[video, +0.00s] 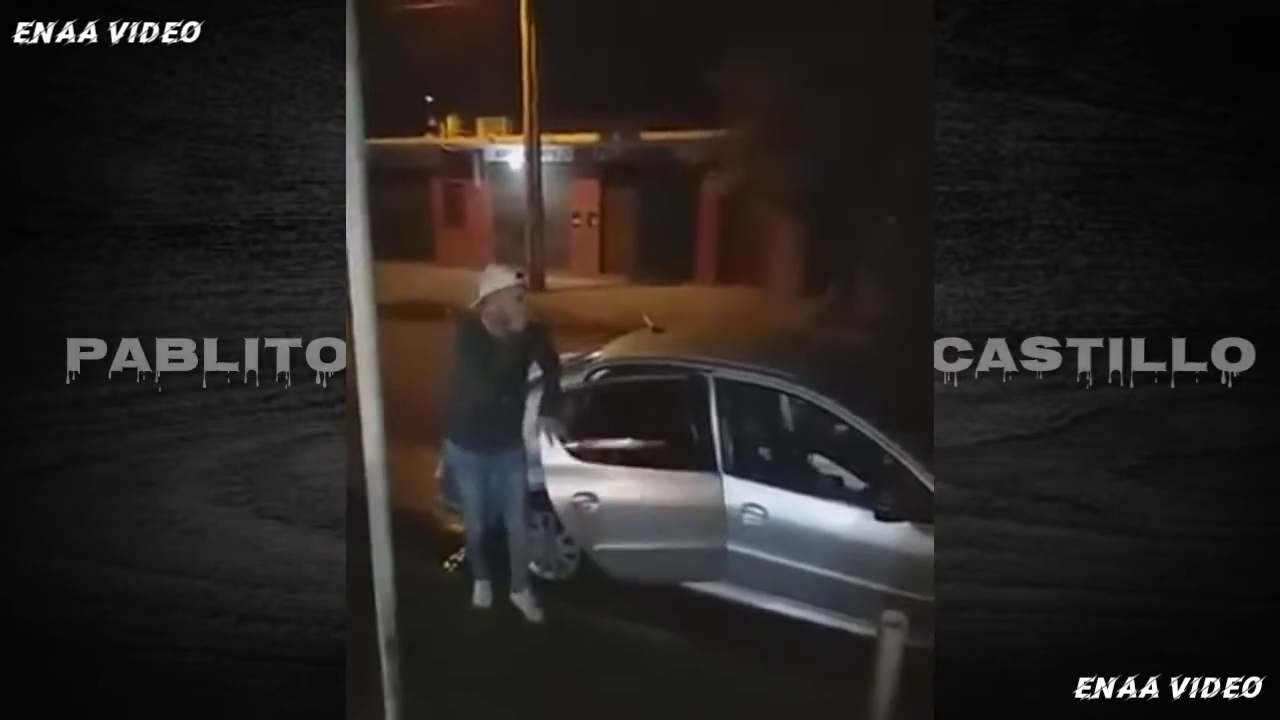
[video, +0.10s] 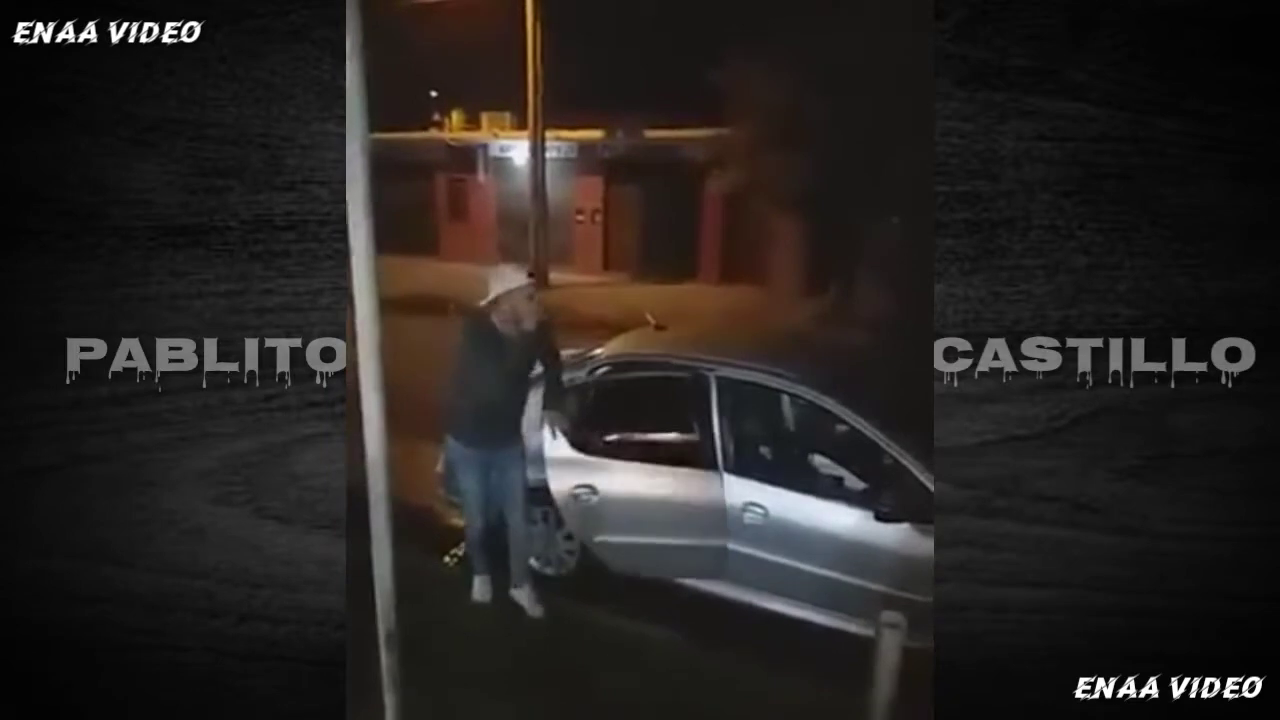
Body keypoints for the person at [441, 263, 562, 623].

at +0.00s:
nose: (521, 305)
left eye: (522, 297)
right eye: (514, 298)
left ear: (520, 300)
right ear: (491, 303)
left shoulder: (527, 335)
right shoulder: (469, 334)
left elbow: (552, 372)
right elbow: (470, 388)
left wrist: (548, 413)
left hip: (510, 444)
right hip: (468, 445)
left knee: (517, 522)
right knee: (476, 522)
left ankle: (520, 587)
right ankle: (480, 580)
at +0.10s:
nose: (532, 303)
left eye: (531, 296)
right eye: (525, 296)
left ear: (526, 297)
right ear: (504, 300)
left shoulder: (529, 334)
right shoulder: (476, 330)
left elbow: (552, 369)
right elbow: (487, 384)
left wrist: (552, 408)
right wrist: (528, 340)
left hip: (508, 438)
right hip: (468, 438)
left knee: (517, 516)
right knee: (476, 516)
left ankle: (519, 582)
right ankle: (480, 574)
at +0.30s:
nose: (562, 315)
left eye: (562, 308)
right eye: (556, 309)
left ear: (549, 312)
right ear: (534, 311)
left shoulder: (556, 346)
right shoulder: (510, 342)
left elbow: (574, 397)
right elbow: (529, 394)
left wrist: (564, 344)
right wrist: (558, 347)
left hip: (522, 432)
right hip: (482, 432)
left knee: (534, 506)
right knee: (496, 506)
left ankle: (534, 573)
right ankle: (494, 563)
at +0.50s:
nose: (574, 361)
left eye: (578, 355)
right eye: (571, 353)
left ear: (578, 355)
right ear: (556, 351)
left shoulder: (563, 382)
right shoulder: (526, 373)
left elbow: (558, 427)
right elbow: (534, 435)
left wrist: (578, 387)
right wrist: (567, 397)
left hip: (528, 452)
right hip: (488, 446)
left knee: (541, 515)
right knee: (504, 514)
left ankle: (537, 581)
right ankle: (498, 571)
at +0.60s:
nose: (572, 375)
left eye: (579, 369)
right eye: (570, 366)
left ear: (583, 371)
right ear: (560, 362)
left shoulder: (567, 396)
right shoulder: (526, 378)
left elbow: (542, 449)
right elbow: (537, 448)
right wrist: (568, 412)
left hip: (527, 453)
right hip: (487, 445)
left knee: (542, 515)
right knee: (508, 518)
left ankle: (537, 580)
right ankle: (499, 569)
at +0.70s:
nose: (593, 381)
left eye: (594, 374)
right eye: (588, 373)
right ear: (567, 369)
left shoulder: (572, 392)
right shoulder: (524, 380)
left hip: (530, 449)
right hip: (487, 442)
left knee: (542, 517)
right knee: (508, 519)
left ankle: (534, 582)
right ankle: (496, 568)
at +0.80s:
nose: (587, 370)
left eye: (588, 363)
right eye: (581, 363)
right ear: (560, 358)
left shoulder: (566, 381)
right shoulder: (521, 370)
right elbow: (527, 436)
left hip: (527, 445)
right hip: (487, 437)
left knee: (540, 513)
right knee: (514, 513)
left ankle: (532, 577)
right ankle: (496, 561)